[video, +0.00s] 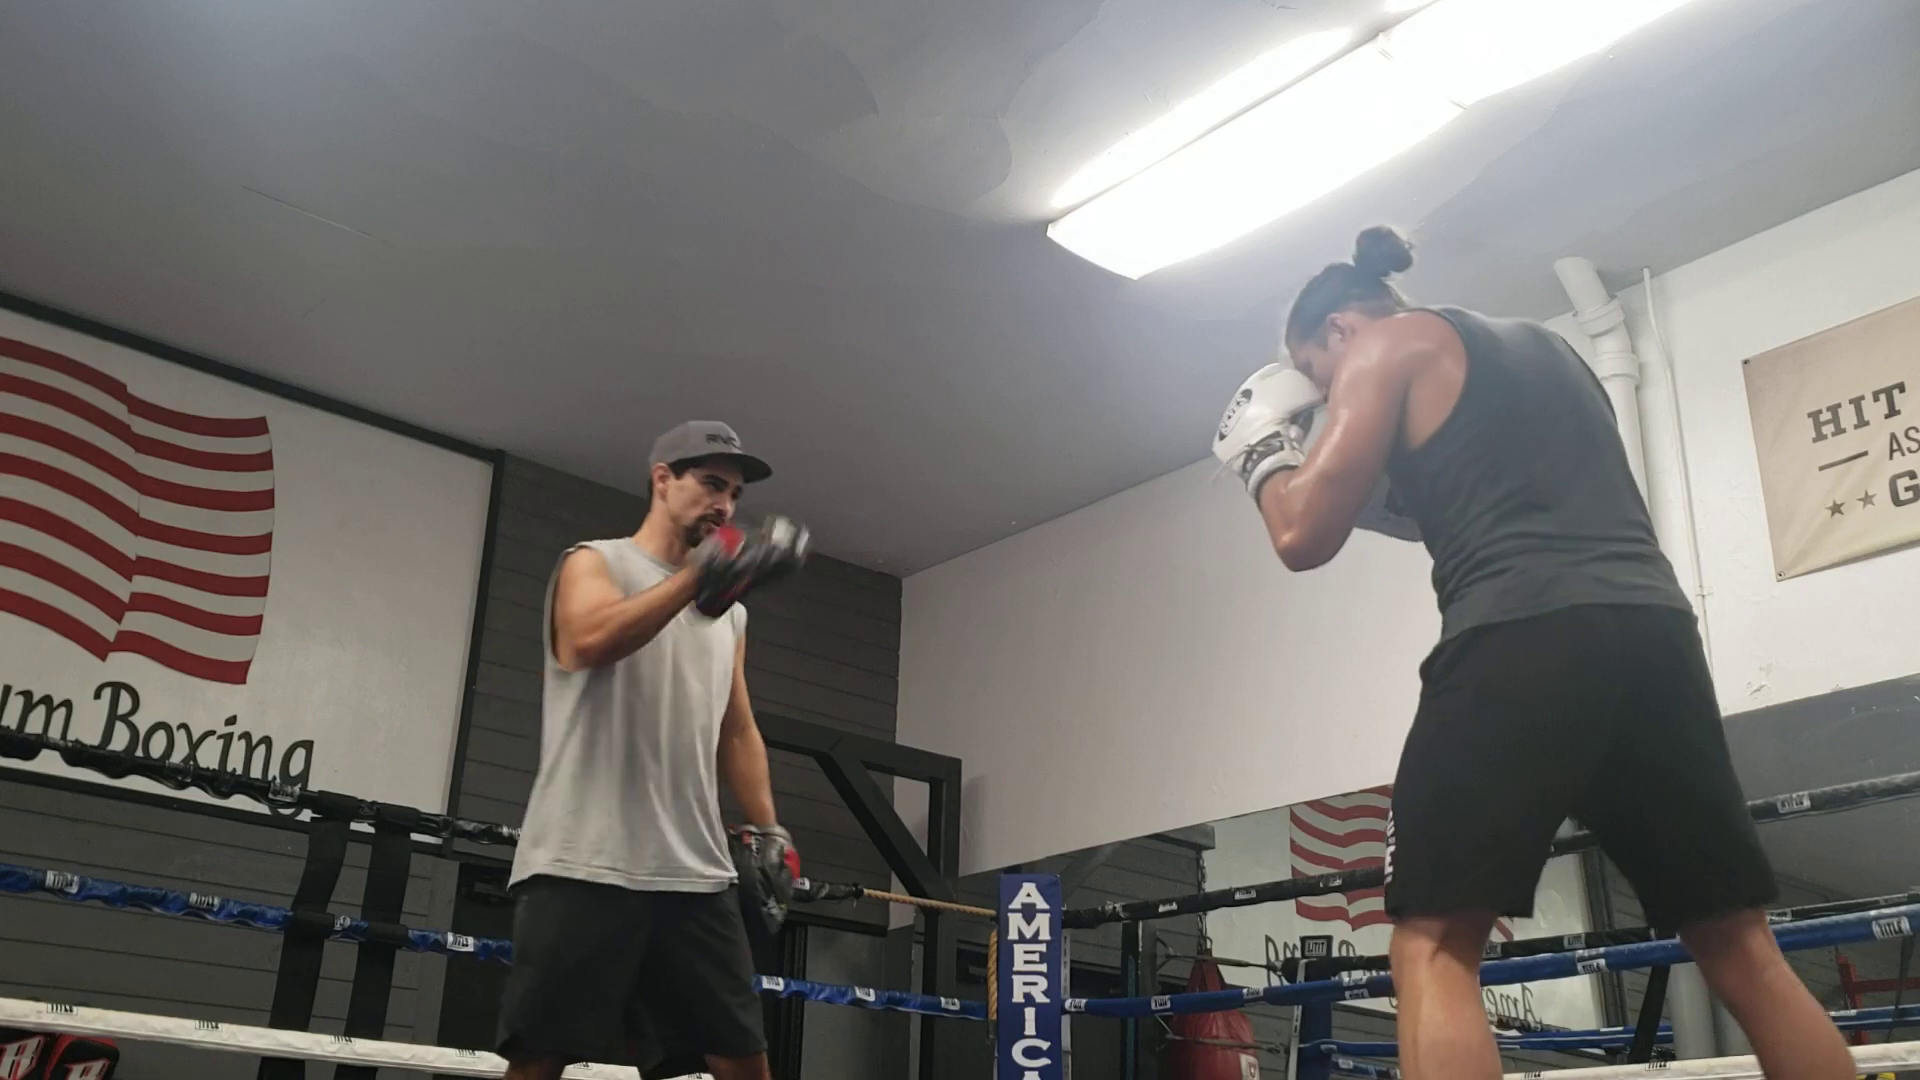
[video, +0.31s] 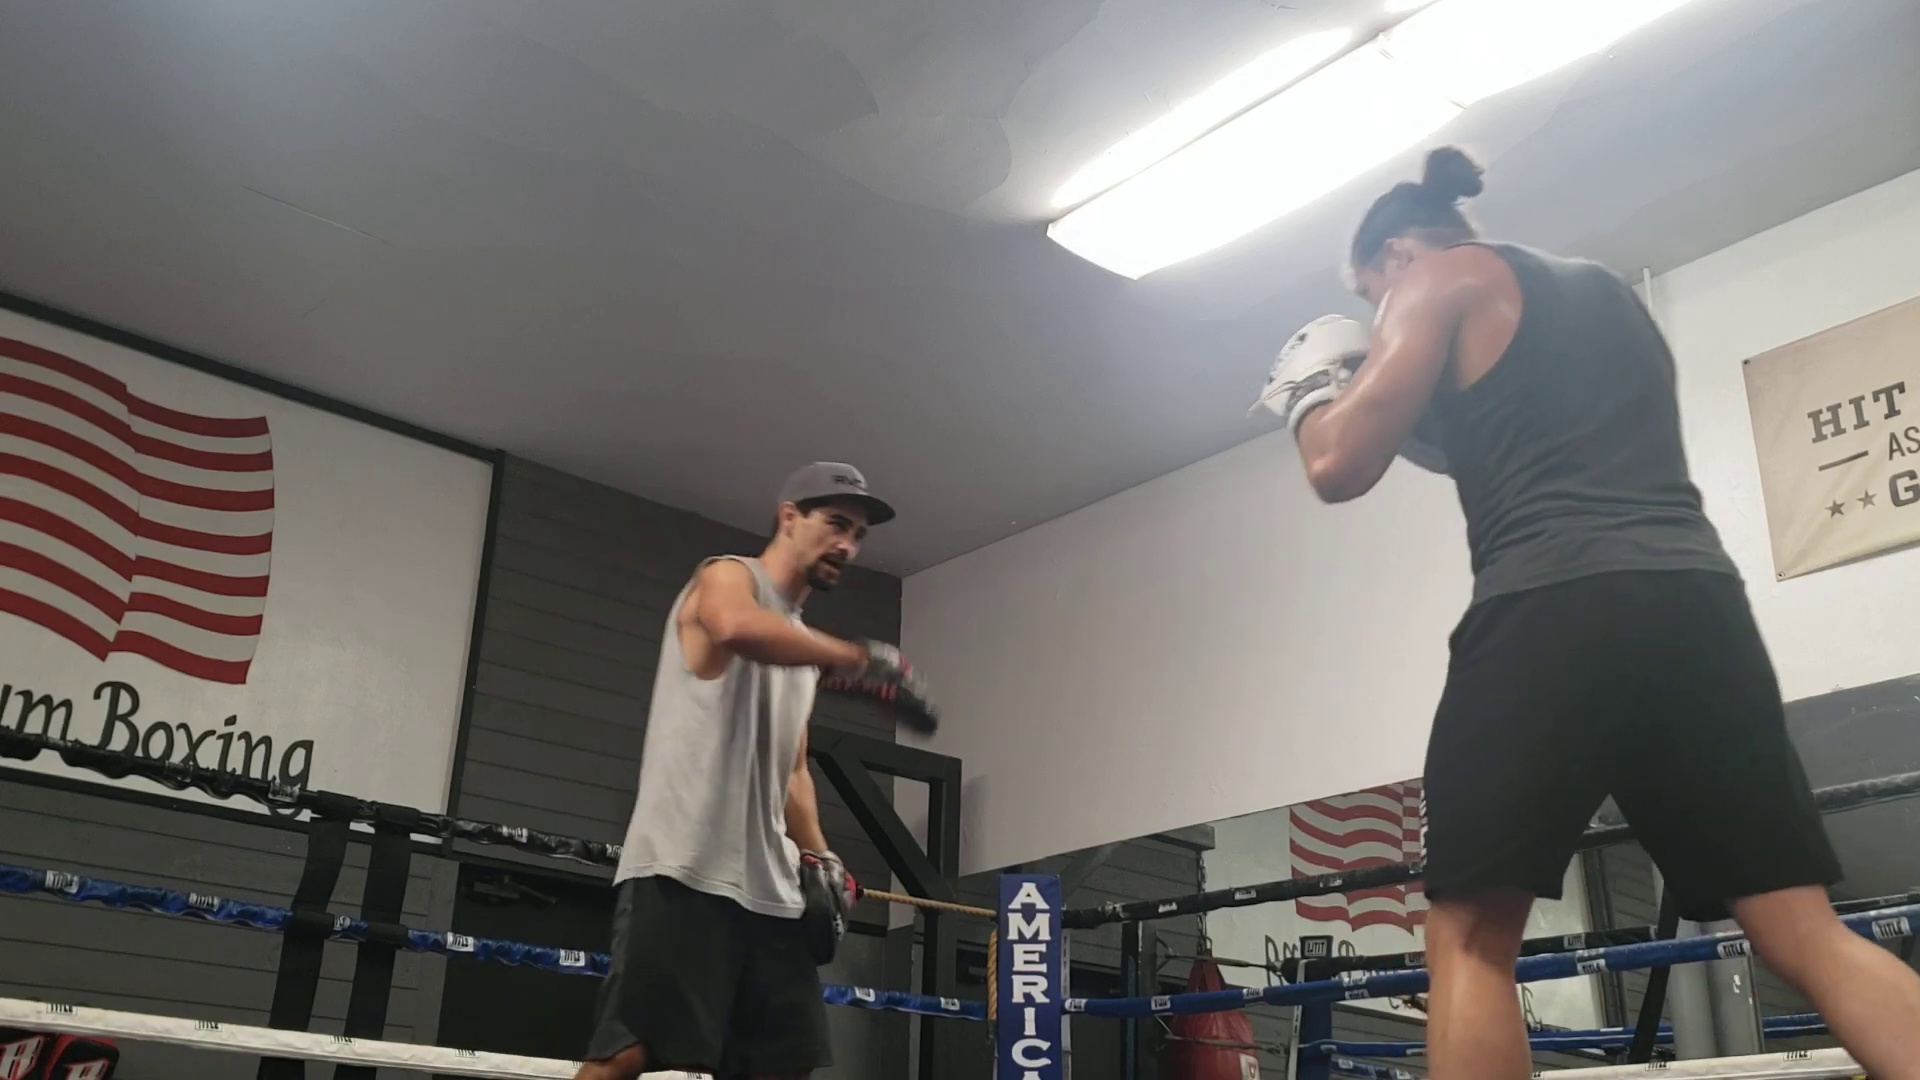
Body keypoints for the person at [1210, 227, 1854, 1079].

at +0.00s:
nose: (1325, 388)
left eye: (1318, 369)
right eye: (1315, 377)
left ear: (1341, 324)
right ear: (1389, 297)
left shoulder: (1388, 343)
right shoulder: (1545, 348)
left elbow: (1301, 533)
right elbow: (1457, 504)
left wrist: (1263, 450)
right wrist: (1325, 473)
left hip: (1517, 647)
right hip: (1655, 638)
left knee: (1434, 950)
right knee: (1742, 948)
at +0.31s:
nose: (1383, 313)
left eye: (1376, 294)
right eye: (1372, 303)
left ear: (1401, 252)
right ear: (1461, 228)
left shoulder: (1439, 279)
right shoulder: (1609, 291)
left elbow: (1334, 466)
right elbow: (1507, 447)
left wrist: (1312, 392)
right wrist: (1378, 384)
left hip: (1547, 623)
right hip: (1700, 610)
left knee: (1471, 944)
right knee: (1808, 931)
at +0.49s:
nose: (1484, 317)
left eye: (1484, 298)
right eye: (1479, 308)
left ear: (1508, 262)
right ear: (1571, 234)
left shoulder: (1544, 266)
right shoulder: (1730, 313)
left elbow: (1454, 413)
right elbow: (1610, 474)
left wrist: (1398, 401)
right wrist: (1472, 440)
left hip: (1598, 643)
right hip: (1767, 635)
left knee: (1471, 944)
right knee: (1857, 944)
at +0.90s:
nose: (1420, 315)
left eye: (1417, 287)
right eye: (1410, 296)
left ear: (1467, 246)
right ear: (1489, 245)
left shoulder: (1531, 292)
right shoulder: (1659, 317)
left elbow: (1409, 473)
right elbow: (1569, 529)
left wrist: (1362, 390)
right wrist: (1464, 420)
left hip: (1625, 634)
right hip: (1776, 631)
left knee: (1476, 939)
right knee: (1838, 952)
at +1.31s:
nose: (1401, 392)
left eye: (1398, 371)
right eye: (1394, 380)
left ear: (1421, 332)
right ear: (1474, 301)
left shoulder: (1470, 335)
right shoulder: (1631, 380)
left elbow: (1350, 508)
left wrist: (1334, 436)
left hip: (1609, 661)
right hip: (1743, 654)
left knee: (1457, 955)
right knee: (1826, 967)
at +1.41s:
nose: (1443, 439)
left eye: (1447, 419)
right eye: (1440, 429)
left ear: (1470, 390)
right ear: (1538, 373)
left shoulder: (1496, 391)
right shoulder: (1672, 442)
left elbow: (1378, 545)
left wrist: (1376, 487)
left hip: (1629, 705)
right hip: (1769, 704)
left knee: (1441, 971)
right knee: (1848, 1008)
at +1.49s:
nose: (1482, 501)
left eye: (1486, 482)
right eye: (1483, 490)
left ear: (1514, 451)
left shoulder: (1539, 457)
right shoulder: (1711, 504)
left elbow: (1431, 586)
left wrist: (1404, 570)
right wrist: (1533, 652)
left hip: (1659, 749)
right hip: (1804, 755)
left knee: (1439, 993)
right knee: (1839, 1038)